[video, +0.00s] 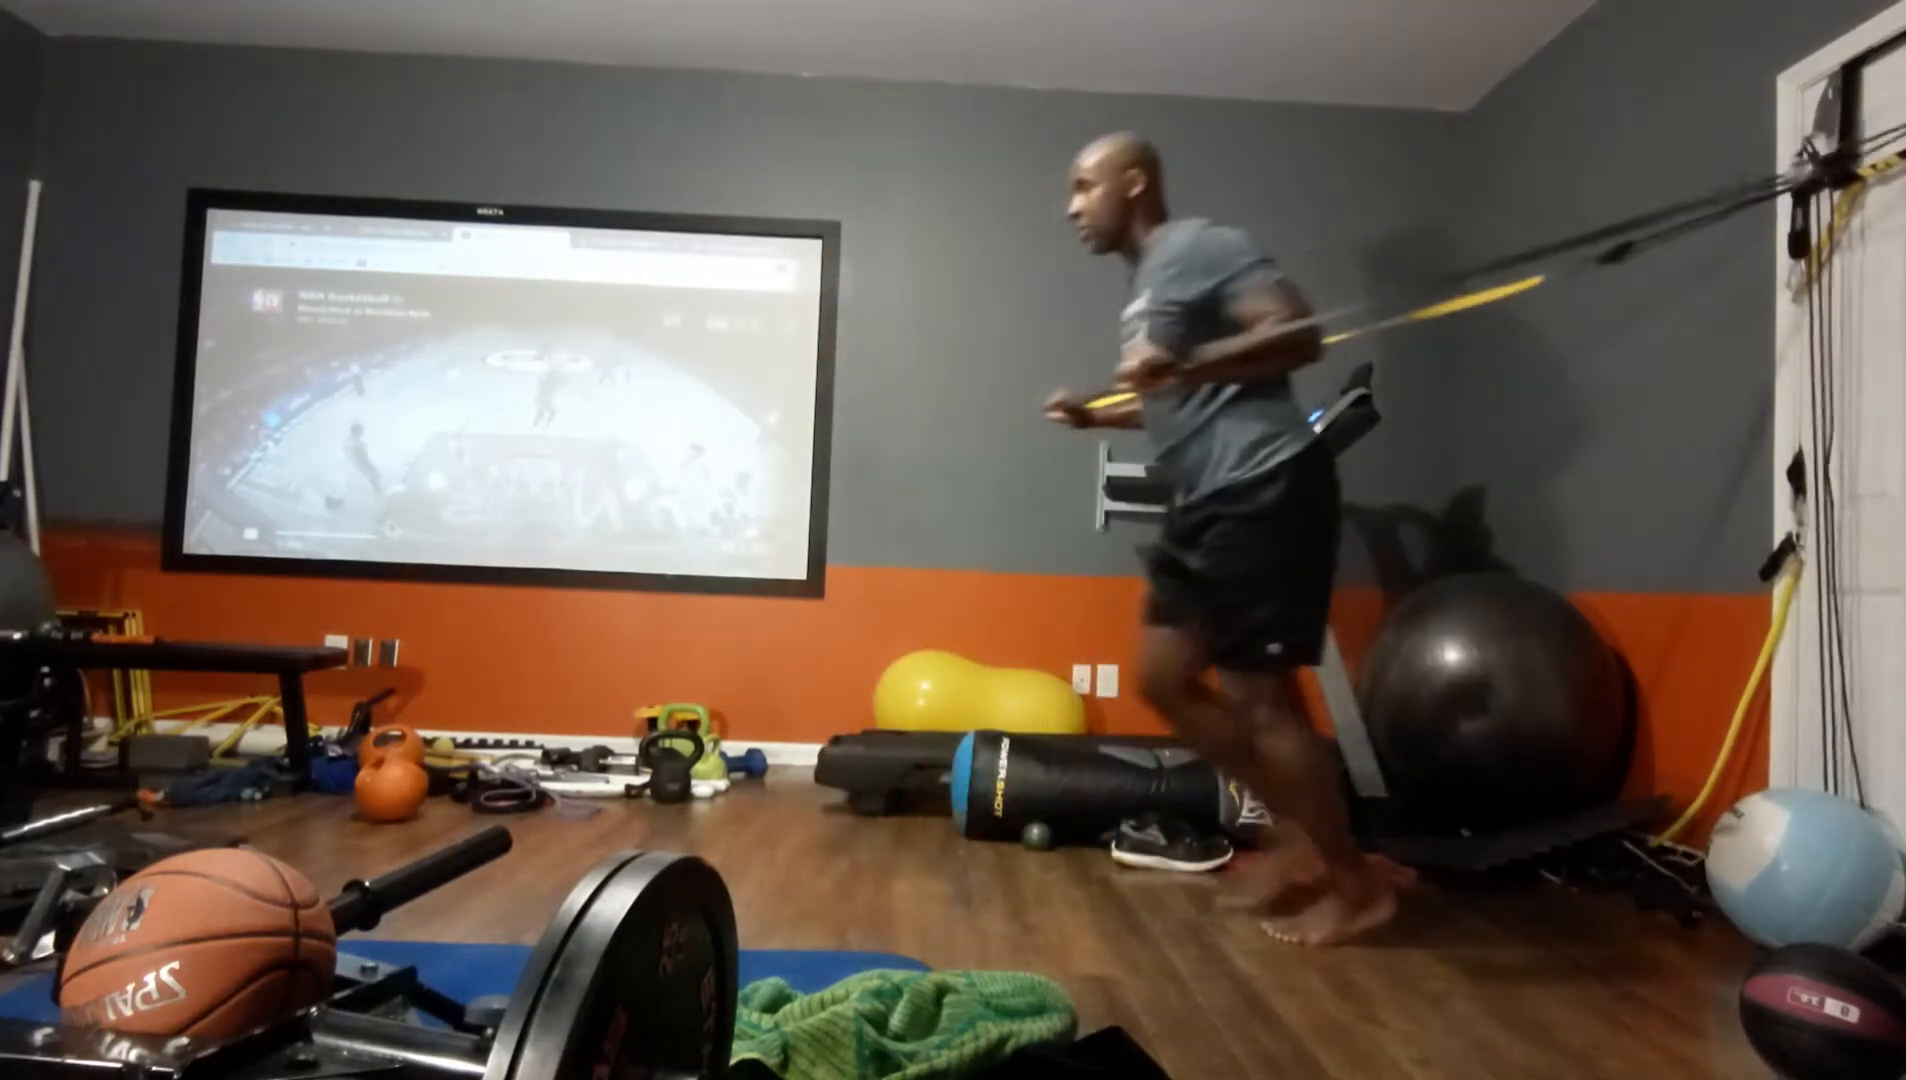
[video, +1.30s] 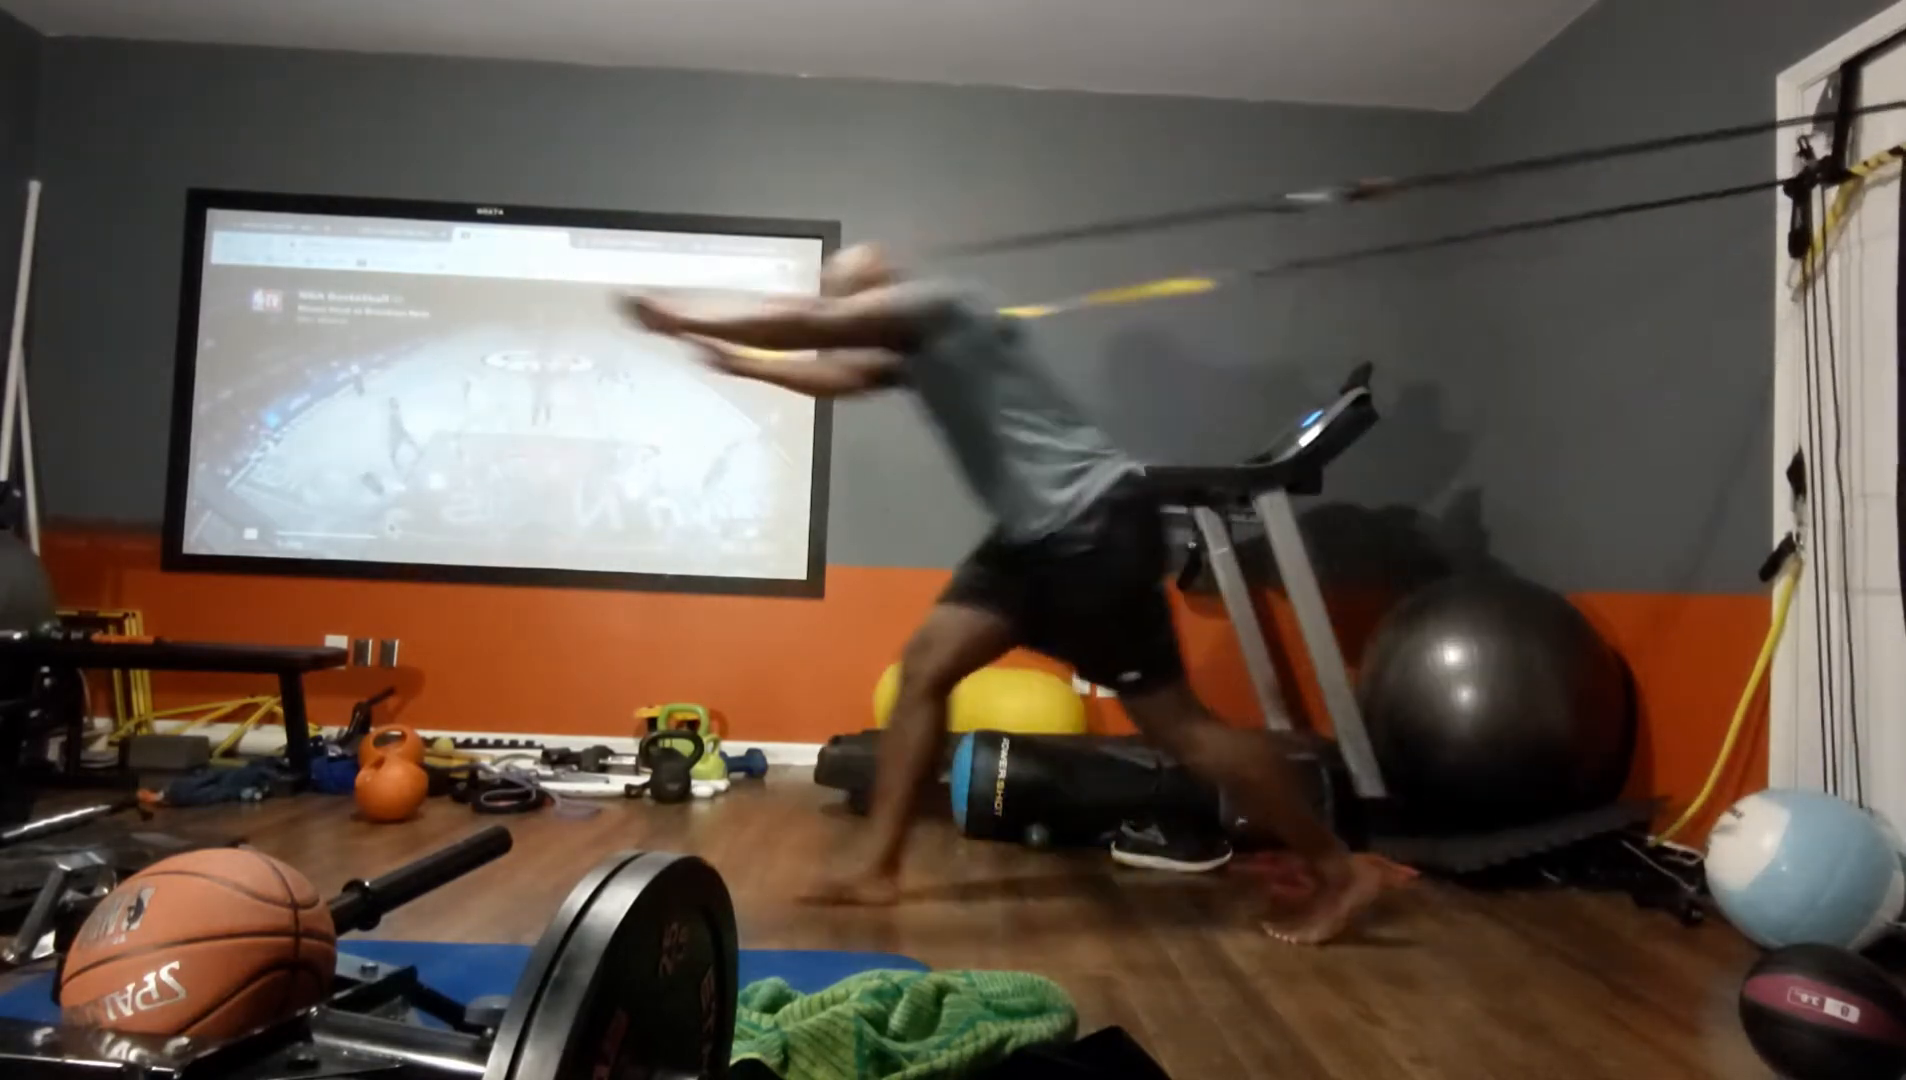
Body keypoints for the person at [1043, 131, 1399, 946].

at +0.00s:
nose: (1072, 205)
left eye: (1084, 187)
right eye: (1071, 191)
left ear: (1137, 184)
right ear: (1122, 193)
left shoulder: (1204, 245)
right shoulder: (1146, 289)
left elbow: (1297, 334)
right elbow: (1172, 404)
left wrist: (1187, 368)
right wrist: (1095, 411)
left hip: (1268, 491)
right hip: (1203, 503)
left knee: (1259, 704)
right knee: (1165, 681)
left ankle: (1358, 884)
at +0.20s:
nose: (1129, 195)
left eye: (1141, 177)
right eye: (1129, 181)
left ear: (1194, 179)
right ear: (1172, 188)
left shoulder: (1254, 244)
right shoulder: (1190, 287)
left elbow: (1355, 335)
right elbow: (1226, 394)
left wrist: (1257, 364)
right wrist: (1146, 403)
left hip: (1302, 486)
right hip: (1257, 497)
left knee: (1274, 696)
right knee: (1284, 691)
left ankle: (1355, 892)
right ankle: (1404, 836)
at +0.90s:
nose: (1068, 249)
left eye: (1073, 227)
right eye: (1061, 235)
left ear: (1122, 206)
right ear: (1105, 220)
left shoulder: (1192, 263)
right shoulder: (1132, 306)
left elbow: (1305, 341)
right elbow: (1179, 404)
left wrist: (1209, 376)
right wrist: (1118, 412)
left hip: (1250, 503)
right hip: (1217, 514)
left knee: (1230, 712)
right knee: (1264, 707)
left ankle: (1350, 888)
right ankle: (1404, 828)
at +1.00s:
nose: (1025, 265)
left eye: (1028, 243)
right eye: (1015, 254)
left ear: (1074, 219)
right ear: (1032, 251)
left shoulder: (1139, 269)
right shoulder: (1095, 312)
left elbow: (1255, 343)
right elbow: (1143, 413)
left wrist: (1153, 384)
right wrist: (1080, 415)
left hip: (1220, 504)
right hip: (1172, 520)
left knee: (1222, 721)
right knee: (1151, 712)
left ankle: (1354, 885)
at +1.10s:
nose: (978, 282)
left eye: (981, 259)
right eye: (966, 272)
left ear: (1024, 234)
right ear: (975, 274)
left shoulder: (1086, 281)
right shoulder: (1050, 326)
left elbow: (1151, 358)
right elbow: (1108, 403)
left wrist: (1037, 380)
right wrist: (1033, 416)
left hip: (1189, 514)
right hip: (1134, 529)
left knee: (1212, 725)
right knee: (1046, 671)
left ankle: (1353, 883)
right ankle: (1183, 827)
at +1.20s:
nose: (921, 287)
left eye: (928, 265)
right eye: (910, 278)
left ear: (964, 251)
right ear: (917, 281)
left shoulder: (1027, 285)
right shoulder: (977, 340)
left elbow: (974, 337)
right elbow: (963, 405)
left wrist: (856, 348)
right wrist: (871, 388)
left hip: (1149, 511)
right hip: (1081, 530)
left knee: (1205, 725)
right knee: (971, 649)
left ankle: (1349, 877)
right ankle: (1001, 850)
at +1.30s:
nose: (836, 311)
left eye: (841, 298)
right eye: (835, 303)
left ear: (875, 283)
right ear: (874, 297)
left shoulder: (945, 308)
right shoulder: (919, 352)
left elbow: (814, 321)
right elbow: (835, 375)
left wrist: (687, 320)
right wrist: (734, 359)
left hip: (1095, 525)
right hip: (1034, 542)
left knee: (1180, 732)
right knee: (923, 672)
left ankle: (1343, 871)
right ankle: (879, 867)